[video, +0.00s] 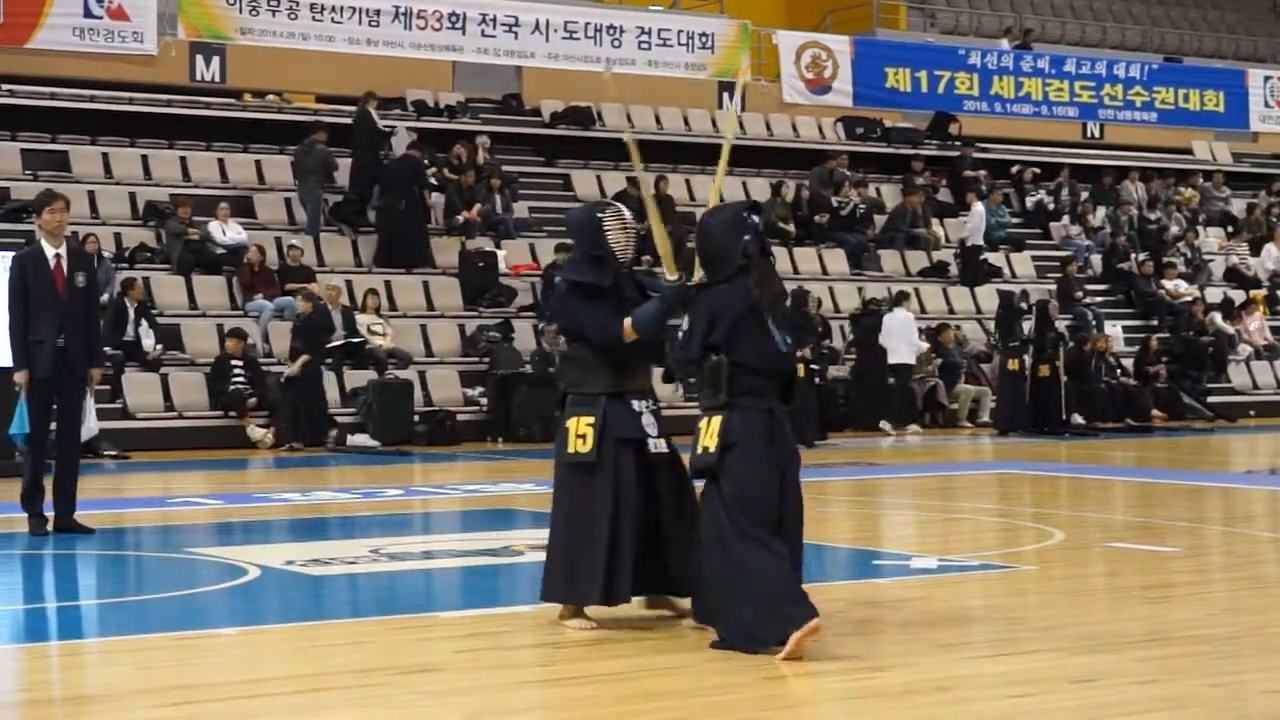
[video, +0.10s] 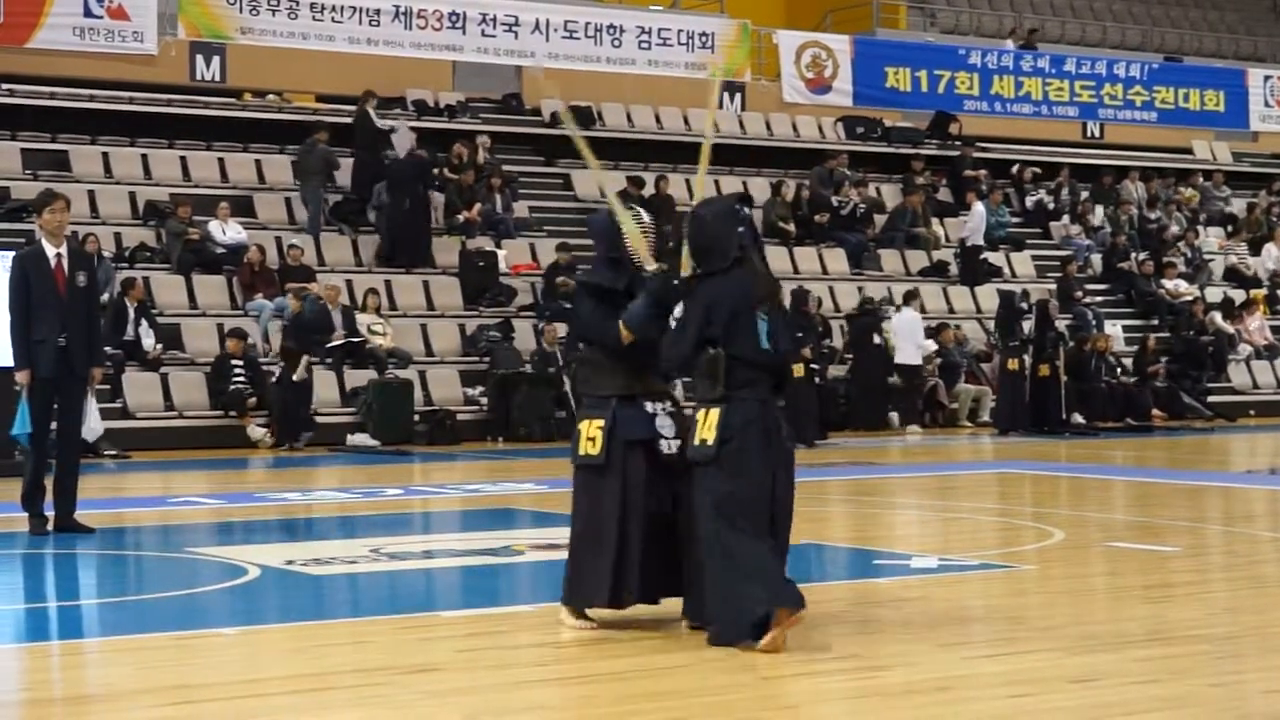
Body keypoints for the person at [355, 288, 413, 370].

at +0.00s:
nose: (374, 301)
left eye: (376, 298)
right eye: (371, 298)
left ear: (379, 301)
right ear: (365, 300)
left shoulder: (382, 318)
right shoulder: (358, 318)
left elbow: (389, 331)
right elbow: (363, 335)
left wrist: (387, 343)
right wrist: (378, 343)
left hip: (385, 344)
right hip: (371, 345)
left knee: (407, 357)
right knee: (381, 357)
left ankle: (394, 376)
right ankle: (383, 379)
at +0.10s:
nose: (374, 300)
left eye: (377, 298)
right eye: (372, 298)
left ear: (379, 300)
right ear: (365, 299)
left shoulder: (382, 317)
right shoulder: (359, 317)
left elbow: (389, 331)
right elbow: (363, 334)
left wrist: (387, 343)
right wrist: (378, 343)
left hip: (385, 343)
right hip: (371, 345)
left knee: (407, 357)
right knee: (381, 357)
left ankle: (394, 376)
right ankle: (383, 380)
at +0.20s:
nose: (374, 300)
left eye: (377, 297)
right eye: (371, 297)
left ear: (379, 300)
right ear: (365, 299)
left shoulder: (383, 317)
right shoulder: (359, 317)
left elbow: (389, 331)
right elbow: (363, 334)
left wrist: (388, 343)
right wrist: (378, 343)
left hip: (385, 344)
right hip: (371, 345)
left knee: (407, 357)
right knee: (382, 357)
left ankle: (395, 377)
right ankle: (383, 380)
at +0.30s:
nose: (375, 300)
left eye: (377, 298)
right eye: (372, 297)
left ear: (380, 300)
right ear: (366, 299)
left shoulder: (383, 317)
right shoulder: (359, 317)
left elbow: (389, 331)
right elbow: (363, 334)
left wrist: (388, 343)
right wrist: (378, 343)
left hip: (385, 343)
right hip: (371, 344)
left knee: (407, 356)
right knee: (382, 357)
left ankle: (395, 377)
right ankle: (383, 379)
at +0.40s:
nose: (375, 300)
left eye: (377, 298)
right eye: (372, 297)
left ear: (380, 300)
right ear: (366, 299)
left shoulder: (383, 317)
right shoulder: (359, 317)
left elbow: (389, 331)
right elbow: (363, 334)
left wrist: (388, 343)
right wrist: (378, 343)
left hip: (385, 343)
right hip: (371, 344)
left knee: (407, 356)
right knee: (382, 357)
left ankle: (395, 376)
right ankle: (383, 379)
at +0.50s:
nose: (374, 301)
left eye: (377, 298)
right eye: (372, 298)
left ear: (379, 300)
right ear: (365, 299)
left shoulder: (382, 317)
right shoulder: (359, 317)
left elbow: (389, 331)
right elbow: (363, 335)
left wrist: (387, 343)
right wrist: (378, 343)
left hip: (385, 344)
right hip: (371, 345)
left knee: (407, 356)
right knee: (382, 357)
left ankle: (394, 376)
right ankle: (382, 379)